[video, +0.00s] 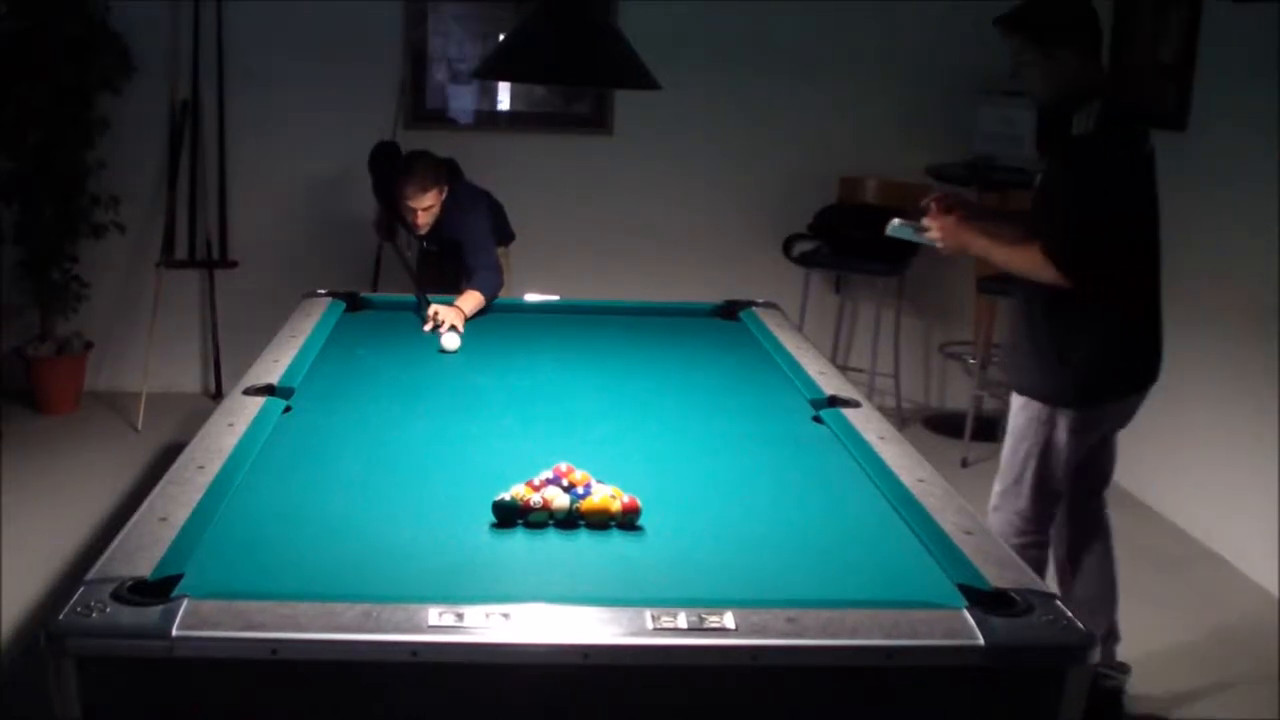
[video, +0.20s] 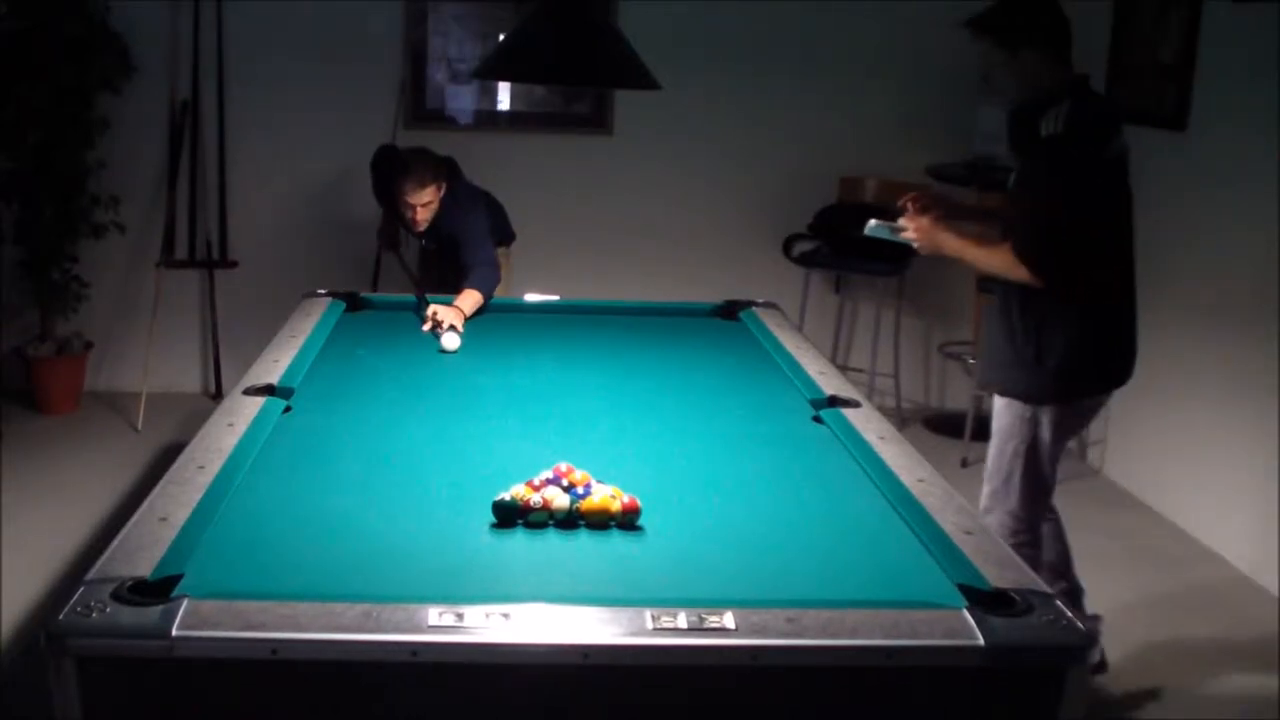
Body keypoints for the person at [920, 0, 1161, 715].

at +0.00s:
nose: (1019, 75)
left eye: (1028, 60)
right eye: (1018, 61)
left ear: (1063, 59)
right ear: (1081, 55)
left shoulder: (1085, 134)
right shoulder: (1106, 126)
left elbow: (1069, 265)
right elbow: (1060, 231)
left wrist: (974, 242)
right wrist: (978, 217)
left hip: (1065, 372)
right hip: (1102, 367)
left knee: (1015, 528)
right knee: (1080, 521)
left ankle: (1005, 674)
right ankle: (1093, 661)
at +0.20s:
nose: (985, 75)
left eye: (994, 59)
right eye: (985, 60)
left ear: (1029, 57)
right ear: (1045, 53)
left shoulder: (1063, 128)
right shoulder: (1059, 118)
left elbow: (1039, 266)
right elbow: (1030, 223)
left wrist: (946, 243)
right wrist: (952, 208)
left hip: (1046, 360)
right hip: (1049, 353)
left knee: (1008, 517)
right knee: (1023, 507)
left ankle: (1055, 644)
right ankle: (1067, 630)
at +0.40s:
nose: (972, 78)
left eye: (979, 63)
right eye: (970, 64)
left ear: (1012, 55)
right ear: (1025, 54)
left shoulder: (1049, 120)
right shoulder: (1040, 112)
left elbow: (1025, 258)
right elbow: (1015, 218)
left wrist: (934, 239)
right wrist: (939, 214)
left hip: (1044, 356)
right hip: (1027, 348)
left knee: (1009, 515)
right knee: (989, 484)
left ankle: (1011, 638)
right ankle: (993, 625)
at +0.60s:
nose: (960, 77)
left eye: (966, 62)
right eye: (957, 63)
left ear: (1002, 55)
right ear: (1010, 56)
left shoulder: (1043, 118)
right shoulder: (1024, 112)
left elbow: (1025, 251)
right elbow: (1006, 218)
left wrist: (929, 236)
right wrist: (930, 215)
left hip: (1040, 354)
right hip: (1018, 346)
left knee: (1009, 515)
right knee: (987, 495)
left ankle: (1010, 638)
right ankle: (986, 627)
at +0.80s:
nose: (952, 78)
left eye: (959, 62)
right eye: (950, 63)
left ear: (993, 55)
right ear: (1003, 56)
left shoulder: (1035, 117)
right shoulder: (1020, 111)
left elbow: (1025, 247)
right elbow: (1002, 216)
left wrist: (928, 237)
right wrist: (925, 212)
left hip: (1040, 348)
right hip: (1022, 342)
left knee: (1004, 504)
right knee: (994, 494)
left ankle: (1008, 634)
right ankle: (997, 625)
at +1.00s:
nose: (951, 79)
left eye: (958, 64)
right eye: (949, 65)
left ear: (993, 55)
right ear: (1001, 57)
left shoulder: (1037, 117)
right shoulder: (1016, 111)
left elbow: (1022, 245)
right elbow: (997, 212)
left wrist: (928, 235)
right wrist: (923, 210)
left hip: (1036, 344)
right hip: (1014, 337)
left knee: (1003, 498)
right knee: (992, 489)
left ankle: (1007, 629)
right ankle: (994, 620)